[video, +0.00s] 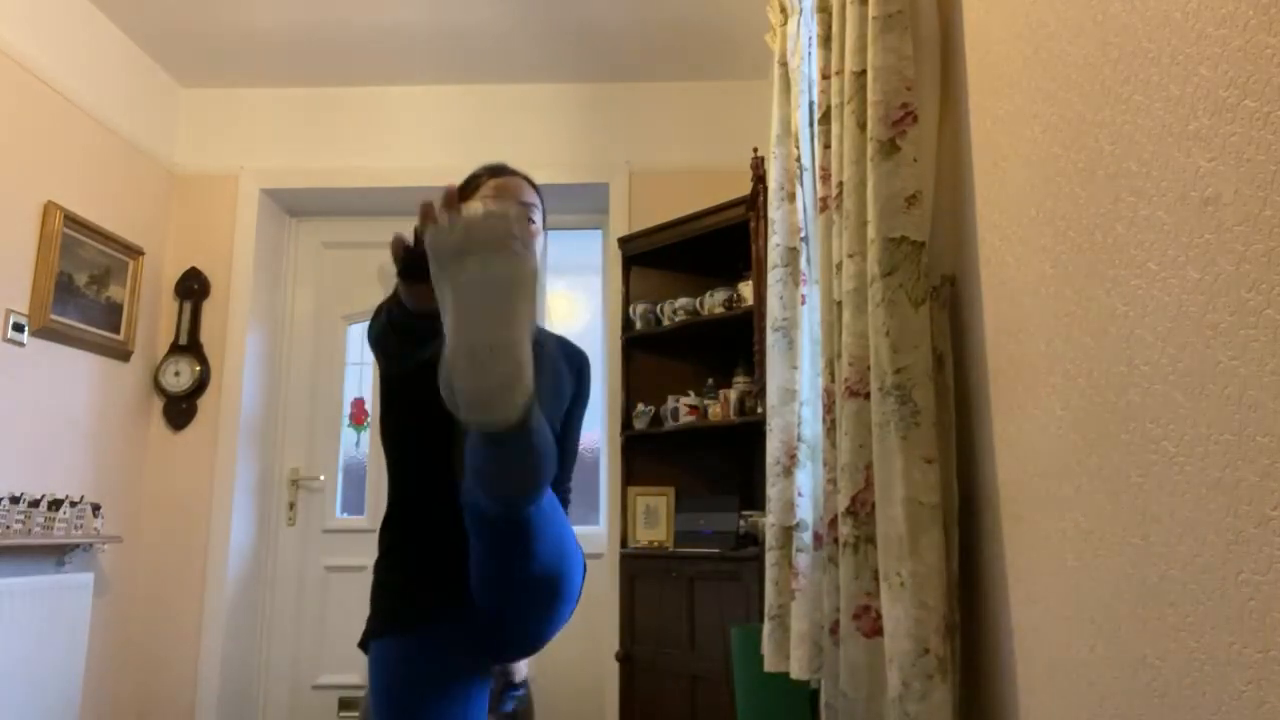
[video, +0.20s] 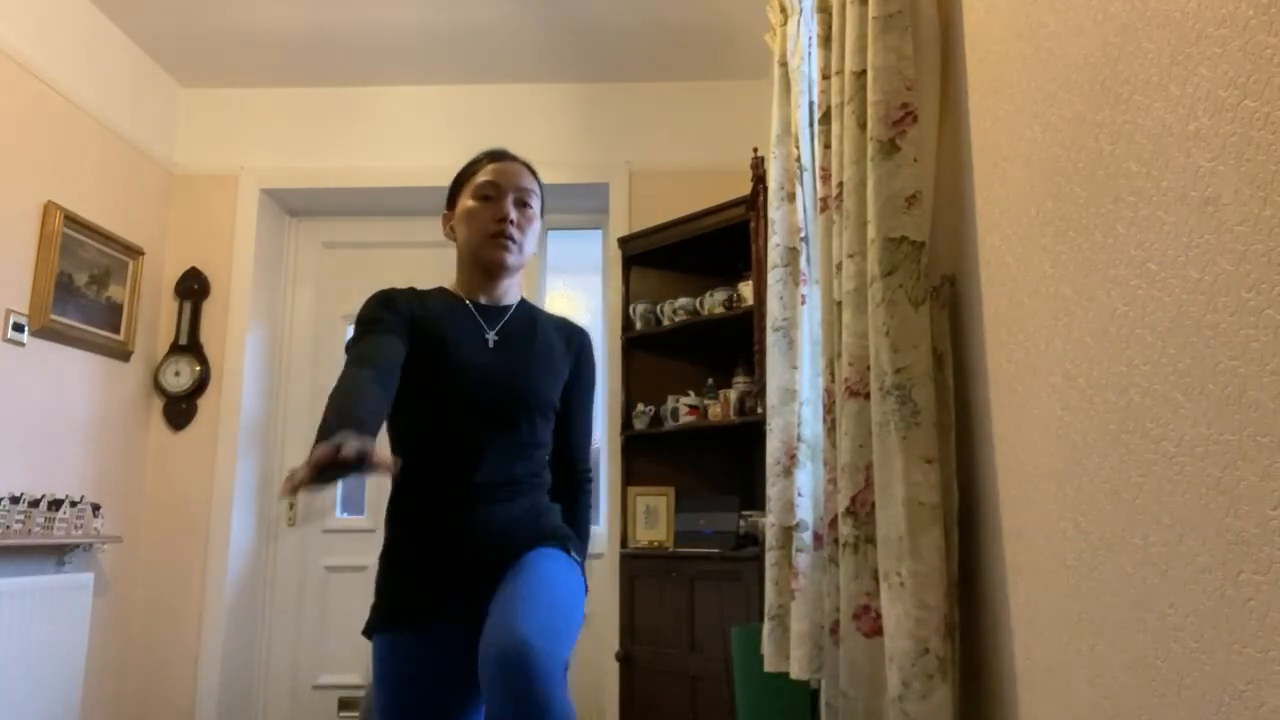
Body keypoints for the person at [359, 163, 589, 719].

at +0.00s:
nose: (515, 226)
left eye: (530, 216)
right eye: (496, 211)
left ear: (543, 238)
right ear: (459, 225)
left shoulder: (564, 359)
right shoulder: (408, 328)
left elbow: (554, 493)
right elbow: (395, 334)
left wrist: (517, 647)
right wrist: (417, 300)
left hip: (520, 602)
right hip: (419, 599)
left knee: (523, 509)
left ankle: (494, 411)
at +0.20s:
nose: (508, 212)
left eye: (525, 204)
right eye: (488, 197)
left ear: (539, 234)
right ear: (450, 222)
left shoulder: (568, 343)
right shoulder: (401, 310)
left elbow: (574, 474)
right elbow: (369, 372)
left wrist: (570, 565)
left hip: (535, 551)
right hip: (424, 558)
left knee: (520, 656)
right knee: (408, 707)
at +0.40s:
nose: (515, 213)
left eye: (533, 204)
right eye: (495, 200)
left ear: (550, 234)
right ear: (460, 227)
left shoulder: (588, 335)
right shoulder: (410, 327)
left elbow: (614, 475)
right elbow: (360, 461)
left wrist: (628, 611)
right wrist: (309, 591)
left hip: (554, 618)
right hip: (429, 614)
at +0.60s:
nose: (541, 219)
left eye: (558, 208)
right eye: (521, 205)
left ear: (579, 239)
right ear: (491, 235)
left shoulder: (624, 334)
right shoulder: (446, 335)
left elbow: (667, 439)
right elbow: (402, 482)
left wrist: (690, 551)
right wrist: (358, 621)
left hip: (588, 597)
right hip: (470, 597)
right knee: (458, 708)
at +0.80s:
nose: (552, 221)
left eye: (570, 208)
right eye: (532, 207)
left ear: (595, 235)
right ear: (505, 234)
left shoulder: (634, 316)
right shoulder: (465, 337)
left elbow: (660, 360)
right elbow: (437, 480)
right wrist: (404, 621)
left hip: (592, 597)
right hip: (486, 594)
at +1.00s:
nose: (546, 220)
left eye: (563, 206)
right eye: (530, 206)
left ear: (593, 228)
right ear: (505, 222)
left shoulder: (631, 323)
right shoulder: (465, 340)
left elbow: (632, 325)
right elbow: (438, 487)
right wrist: (414, 630)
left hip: (593, 598)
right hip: (484, 600)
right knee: (497, 501)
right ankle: (507, 392)